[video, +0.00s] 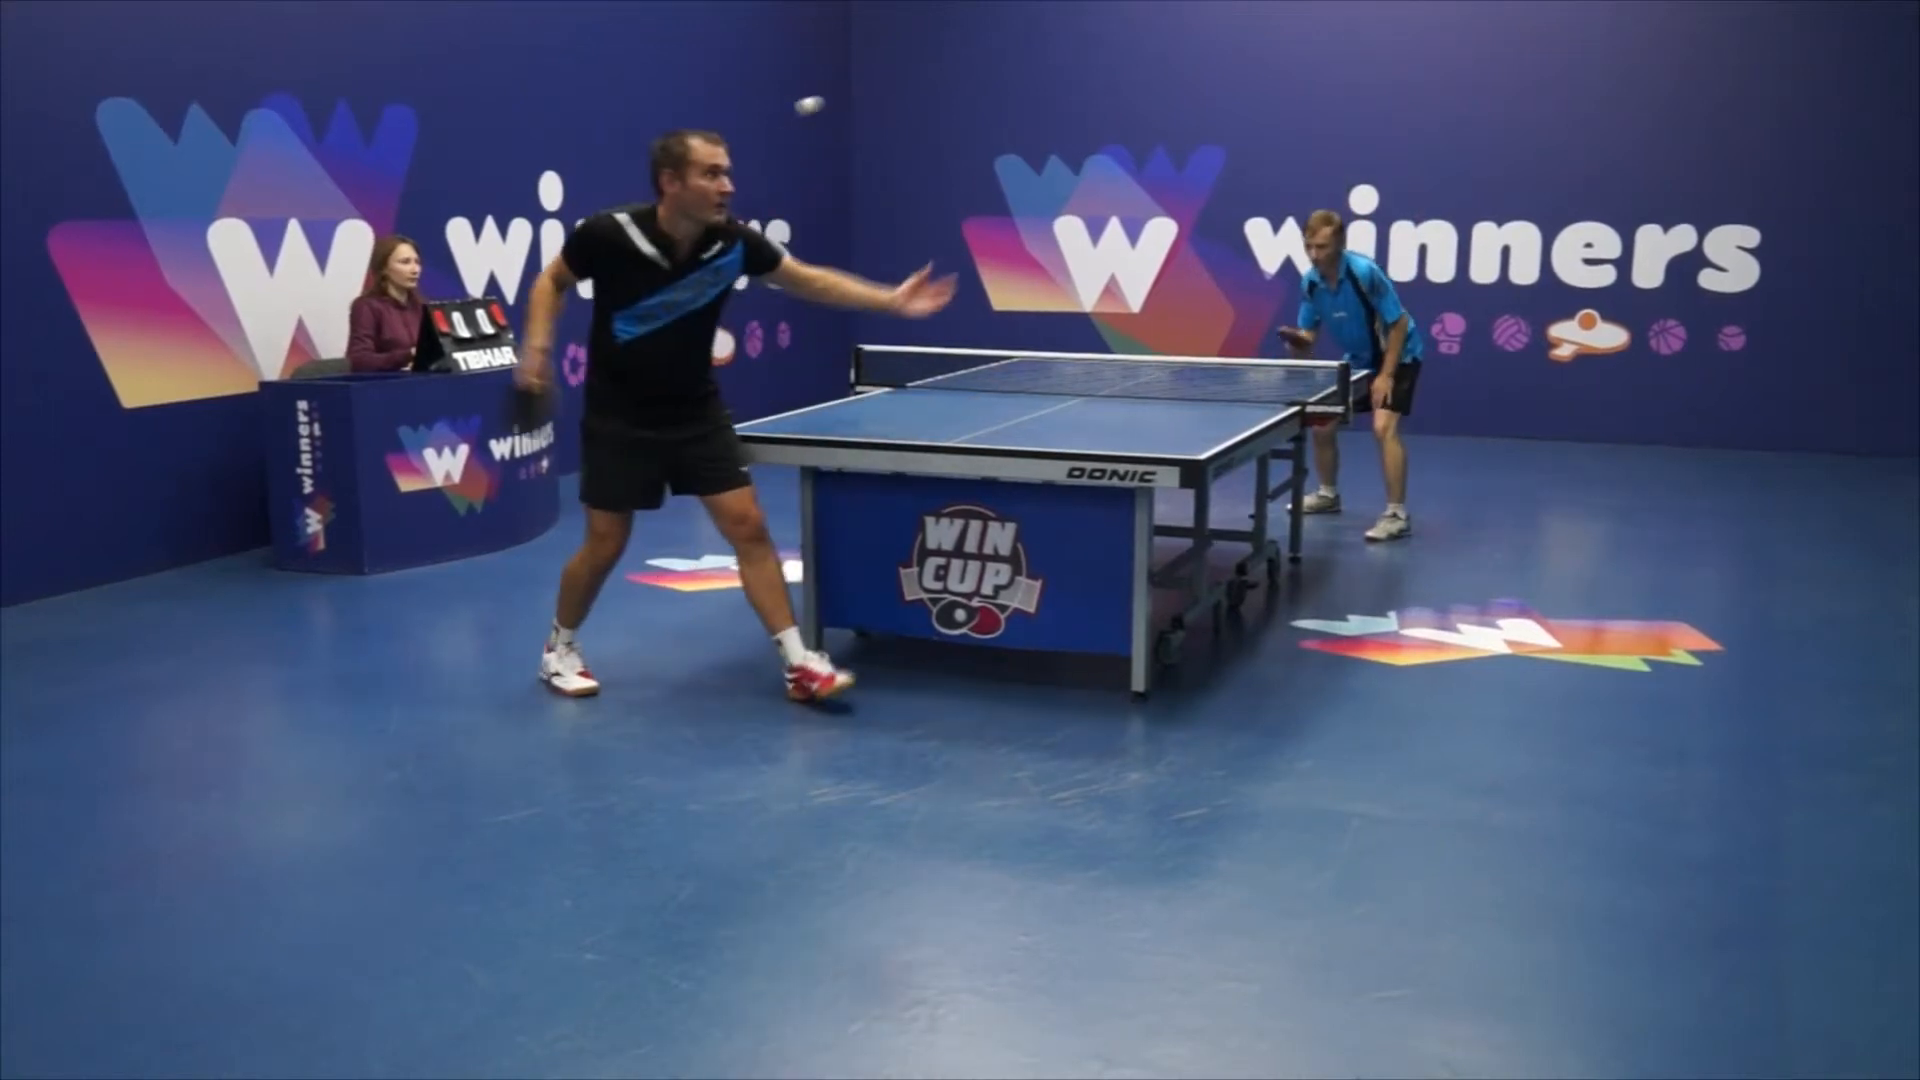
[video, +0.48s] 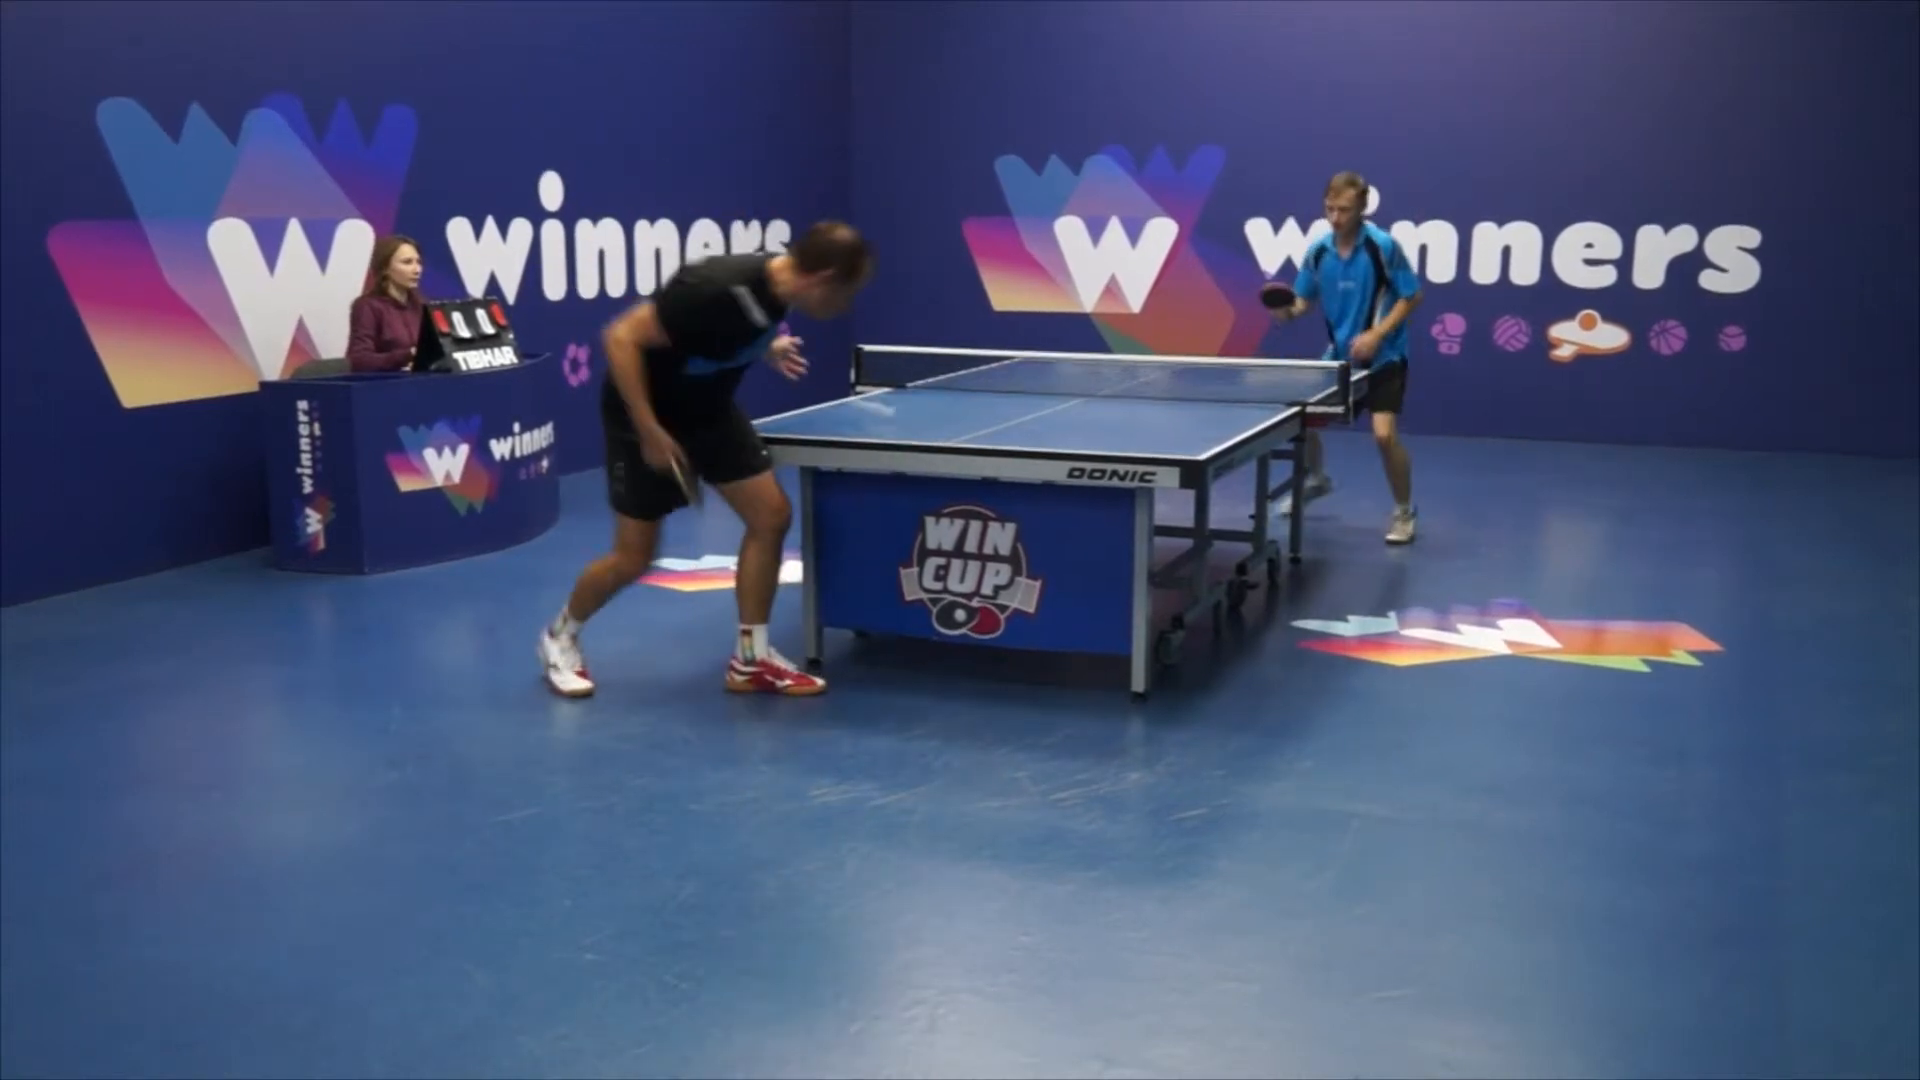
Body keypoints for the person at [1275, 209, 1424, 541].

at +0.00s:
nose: (1315, 254)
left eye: (1323, 247)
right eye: (1311, 247)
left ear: (1340, 245)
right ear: (1306, 246)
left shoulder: (1365, 272)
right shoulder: (1311, 281)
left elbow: (1399, 323)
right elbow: (1307, 337)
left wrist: (1386, 375)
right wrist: (1297, 338)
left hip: (1397, 355)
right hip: (1359, 358)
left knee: (1384, 426)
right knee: (1321, 421)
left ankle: (1396, 512)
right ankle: (1327, 494)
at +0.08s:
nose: (1317, 246)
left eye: (1324, 239)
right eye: (1312, 239)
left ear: (1342, 237)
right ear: (1307, 237)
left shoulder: (1366, 267)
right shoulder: (1311, 276)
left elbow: (1398, 318)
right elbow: (1304, 327)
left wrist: (1383, 370)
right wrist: (1295, 334)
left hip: (1390, 355)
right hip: (1352, 358)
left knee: (1383, 425)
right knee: (1319, 420)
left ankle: (1395, 512)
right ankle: (1327, 492)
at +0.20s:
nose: (1323, 237)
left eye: (1331, 230)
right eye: (1319, 229)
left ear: (1348, 230)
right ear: (1313, 228)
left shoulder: (1369, 262)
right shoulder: (1311, 267)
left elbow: (1399, 312)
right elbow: (1302, 317)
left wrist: (1380, 359)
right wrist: (1293, 326)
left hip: (1384, 357)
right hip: (1341, 358)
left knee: (1382, 426)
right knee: (1314, 422)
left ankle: (1398, 510)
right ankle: (1326, 492)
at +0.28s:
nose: (1329, 234)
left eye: (1337, 227)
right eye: (1324, 225)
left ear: (1353, 228)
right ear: (1318, 224)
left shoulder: (1374, 261)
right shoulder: (1312, 266)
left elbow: (1403, 310)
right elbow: (1301, 319)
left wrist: (1377, 355)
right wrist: (1293, 324)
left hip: (1383, 359)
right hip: (1339, 360)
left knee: (1383, 432)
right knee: (1314, 424)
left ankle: (1398, 512)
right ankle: (1326, 491)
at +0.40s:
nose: (1336, 225)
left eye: (1345, 219)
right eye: (1332, 217)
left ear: (1360, 219)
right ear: (1325, 216)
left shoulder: (1381, 255)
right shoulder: (1319, 258)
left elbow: (1408, 303)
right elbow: (1306, 307)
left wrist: (1374, 345)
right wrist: (1292, 319)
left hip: (1383, 361)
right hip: (1339, 362)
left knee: (1382, 436)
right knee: (1311, 422)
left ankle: (1398, 513)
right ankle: (1323, 482)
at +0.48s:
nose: (1337, 217)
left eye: (1345, 210)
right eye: (1332, 209)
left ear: (1362, 210)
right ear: (1326, 209)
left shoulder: (1383, 246)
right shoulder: (1319, 249)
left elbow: (1411, 294)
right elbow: (1304, 299)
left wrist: (1377, 334)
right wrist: (1288, 309)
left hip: (1384, 353)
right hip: (1340, 353)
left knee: (1384, 434)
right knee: (1301, 409)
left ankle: (1404, 510)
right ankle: (1314, 476)